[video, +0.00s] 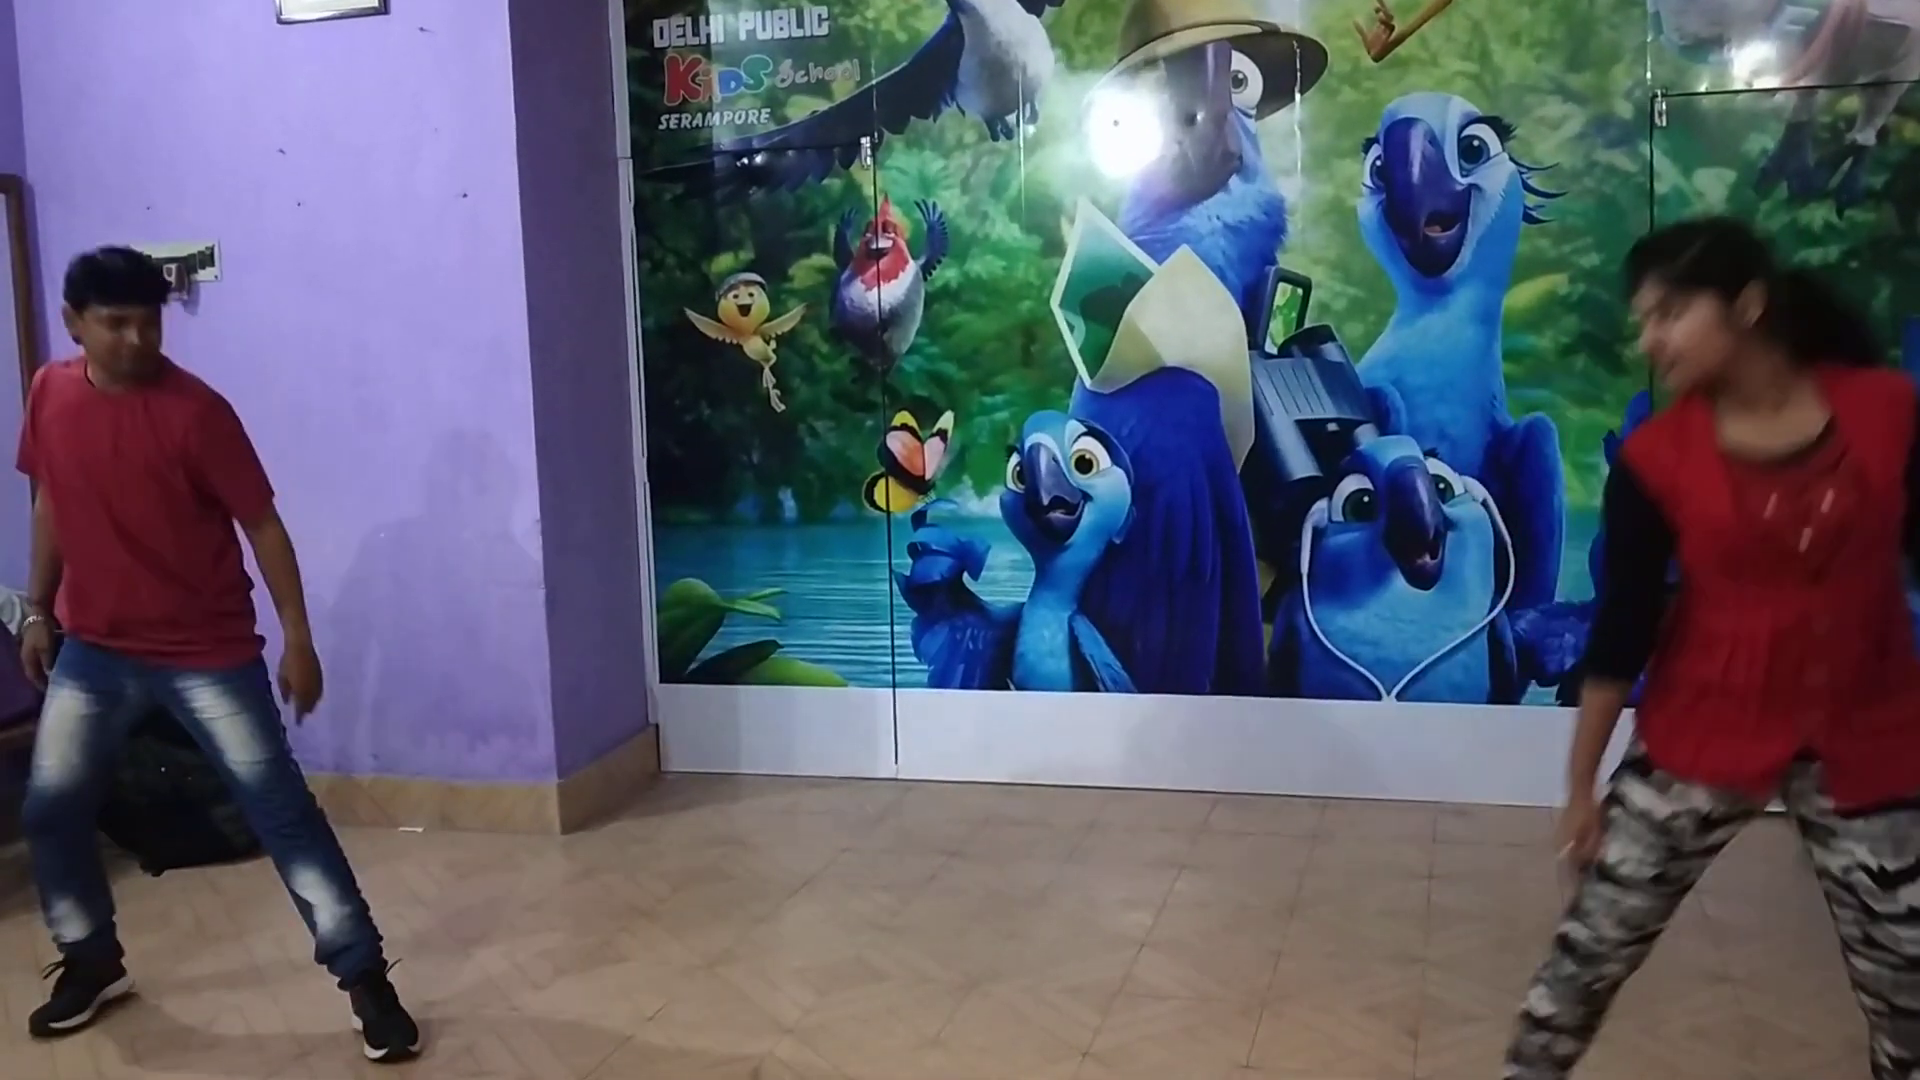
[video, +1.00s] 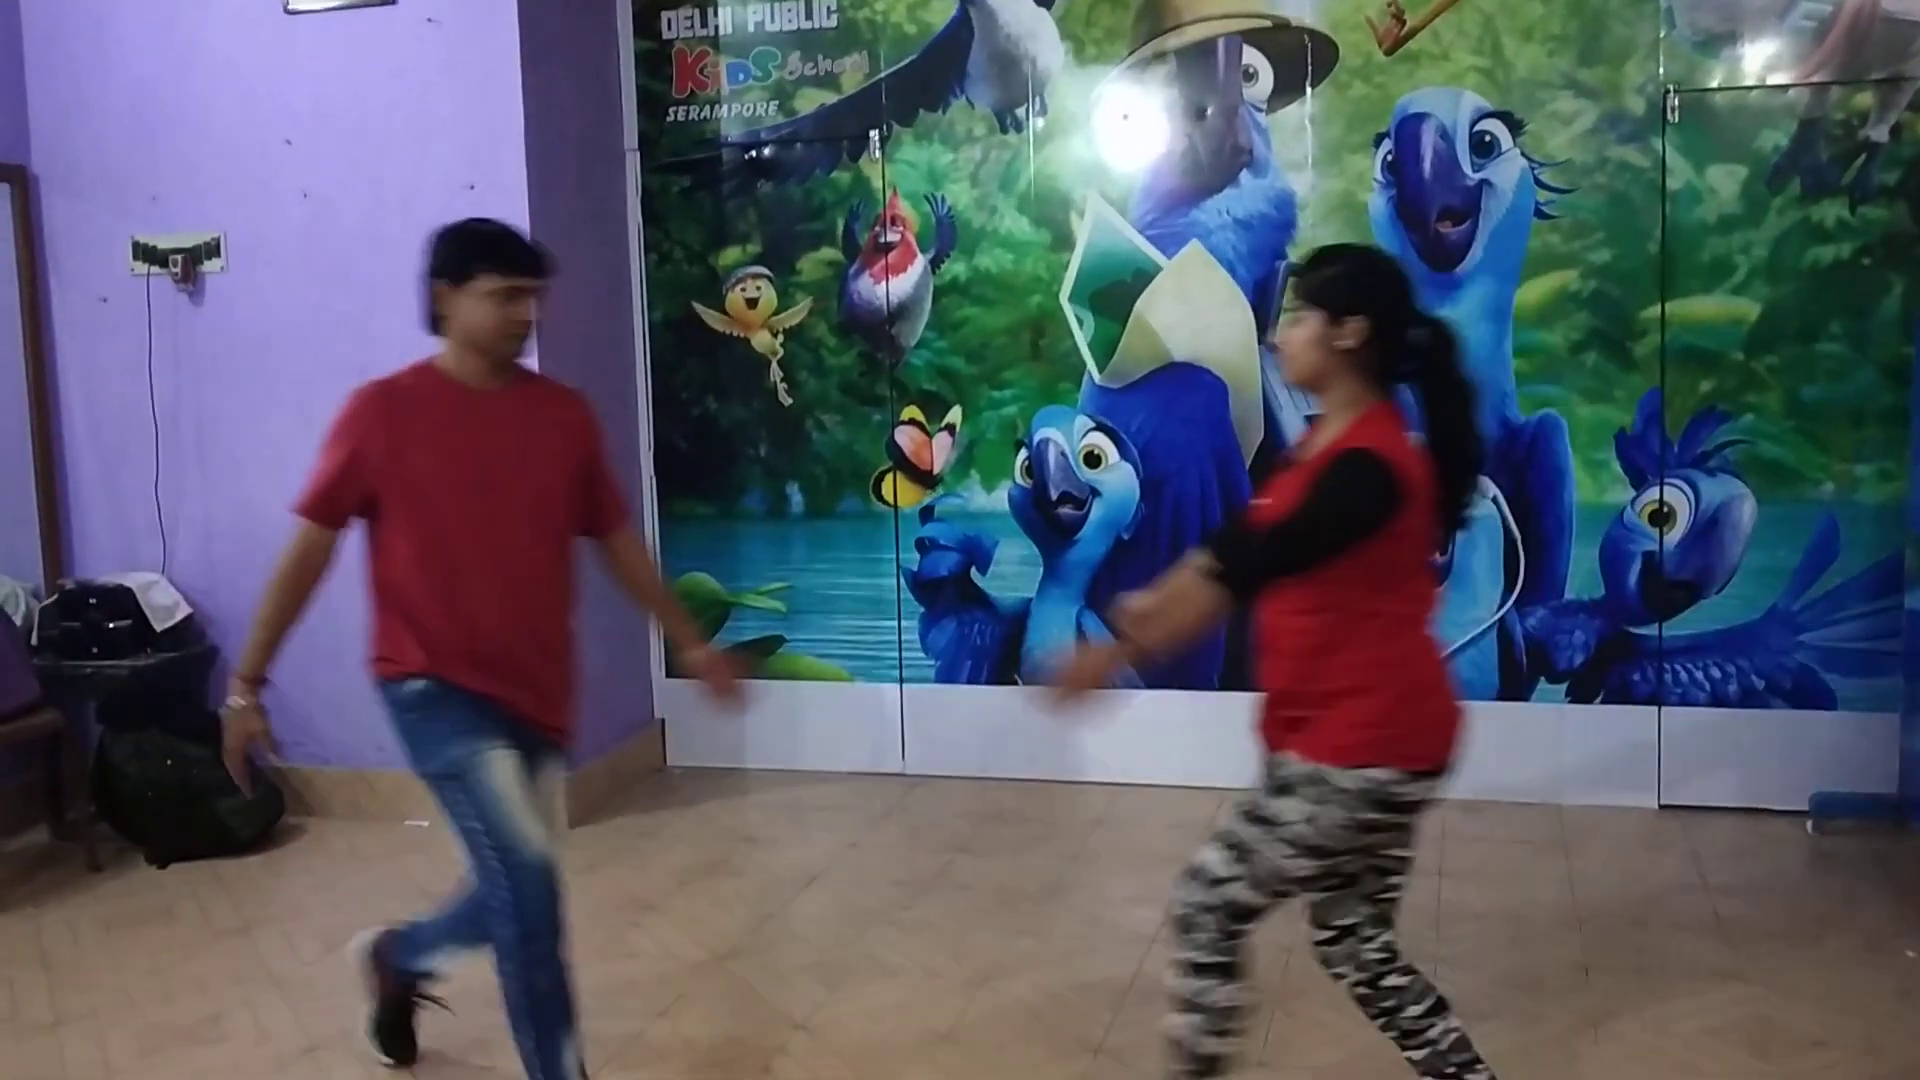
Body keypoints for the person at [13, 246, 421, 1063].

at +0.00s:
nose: (138, 339)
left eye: (149, 322)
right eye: (118, 323)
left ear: (164, 318)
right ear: (76, 322)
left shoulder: (198, 411)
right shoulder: (51, 392)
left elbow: (264, 525)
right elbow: (49, 500)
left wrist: (301, 642)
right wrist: (38, 603)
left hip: (209, 649)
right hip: (95, 646)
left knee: (280, 804)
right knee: (51, 803)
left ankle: (365, 976)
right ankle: (91, 959)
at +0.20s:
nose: (120, 320)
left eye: (131, 304)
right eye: (101, 306)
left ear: (148, 307)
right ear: (64, 313)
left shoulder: (191, 402)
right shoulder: (44, 399)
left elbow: (256, 516)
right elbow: (46, 511)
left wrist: (292, 635)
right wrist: (34, 621)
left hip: (208, 643)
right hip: (95, 647)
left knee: (279, 799)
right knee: (78, 805)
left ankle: (352, 980)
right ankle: (100, 960)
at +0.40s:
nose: (167, 326)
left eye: (178, 311)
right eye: (148, 312)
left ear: (190, 317)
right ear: (105, 321)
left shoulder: (237, 416)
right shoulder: (72, 412)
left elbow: (290, 534)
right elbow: (53, 523)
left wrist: (327, 649)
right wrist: (50, 642)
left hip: (240, 659)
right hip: (123, 662)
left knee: (294, 808)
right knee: (97, 814)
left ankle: (322, 990)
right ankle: (100, 962)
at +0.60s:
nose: (276, 319)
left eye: (285, 304)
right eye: (256, 305)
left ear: (298, 310)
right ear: (209, 312)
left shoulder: (342, 410)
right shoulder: (164, 406)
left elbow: (373, 532)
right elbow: (130, 520)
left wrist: (394, 647)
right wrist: (106, 644)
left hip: (323, 662)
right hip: (205, 663)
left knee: (351, 827)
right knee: (171, 835)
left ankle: (329, 993)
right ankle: (110, 960)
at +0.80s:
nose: (392, 317)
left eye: (400, 302)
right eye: (372, 303)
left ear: (410, 308)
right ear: (320, 309)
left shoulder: (446, 413)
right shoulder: (267, 405)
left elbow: (474, 537)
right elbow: (218, 526)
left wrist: (505, 653)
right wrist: (183, 657)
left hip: (412, 671)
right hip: (302, 665)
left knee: (407, 865)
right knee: (351, 815)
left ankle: (334, 973)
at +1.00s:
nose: (525, 314)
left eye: (532, 297)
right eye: (505, 296)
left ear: (539, 302)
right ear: (445, 300)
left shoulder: (563, 414)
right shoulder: (383, 412)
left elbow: (617, 538)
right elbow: (309, 550)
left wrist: (691, 639)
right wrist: (246, 682)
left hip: (535, 687)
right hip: (433, 681)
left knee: (524, 886)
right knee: (528, 877)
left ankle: (399, 956)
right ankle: (558, 1067)